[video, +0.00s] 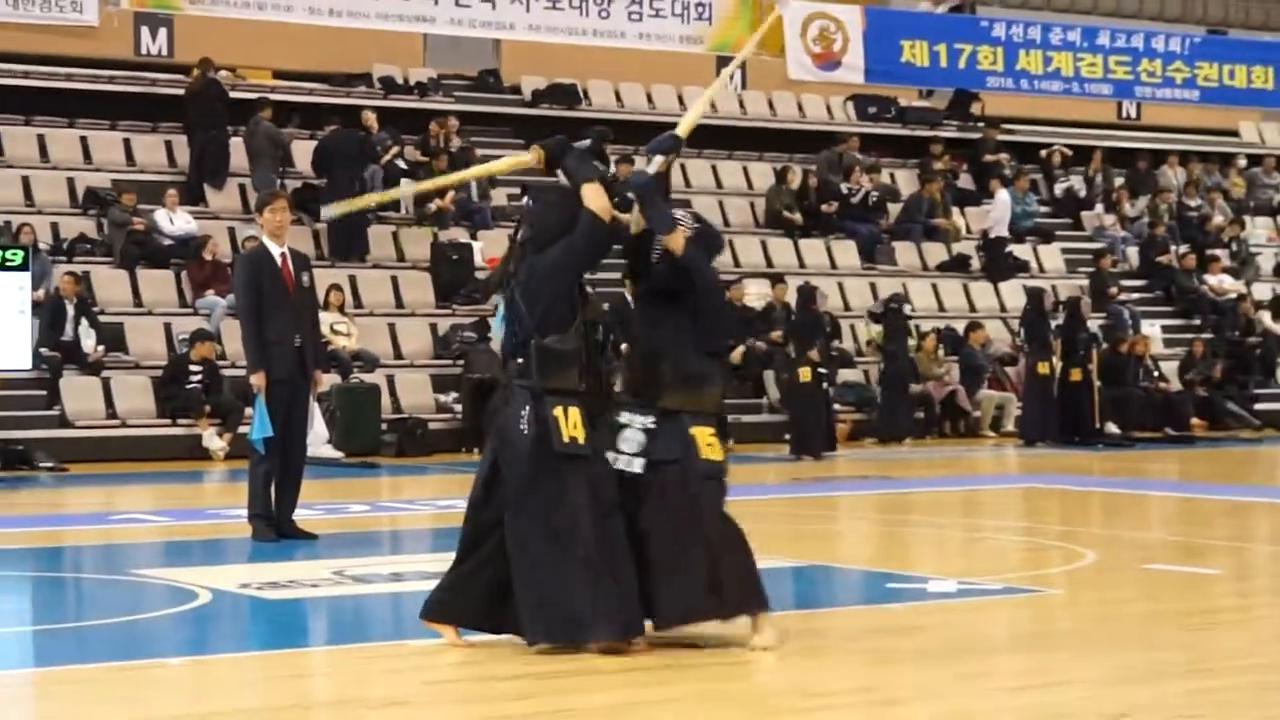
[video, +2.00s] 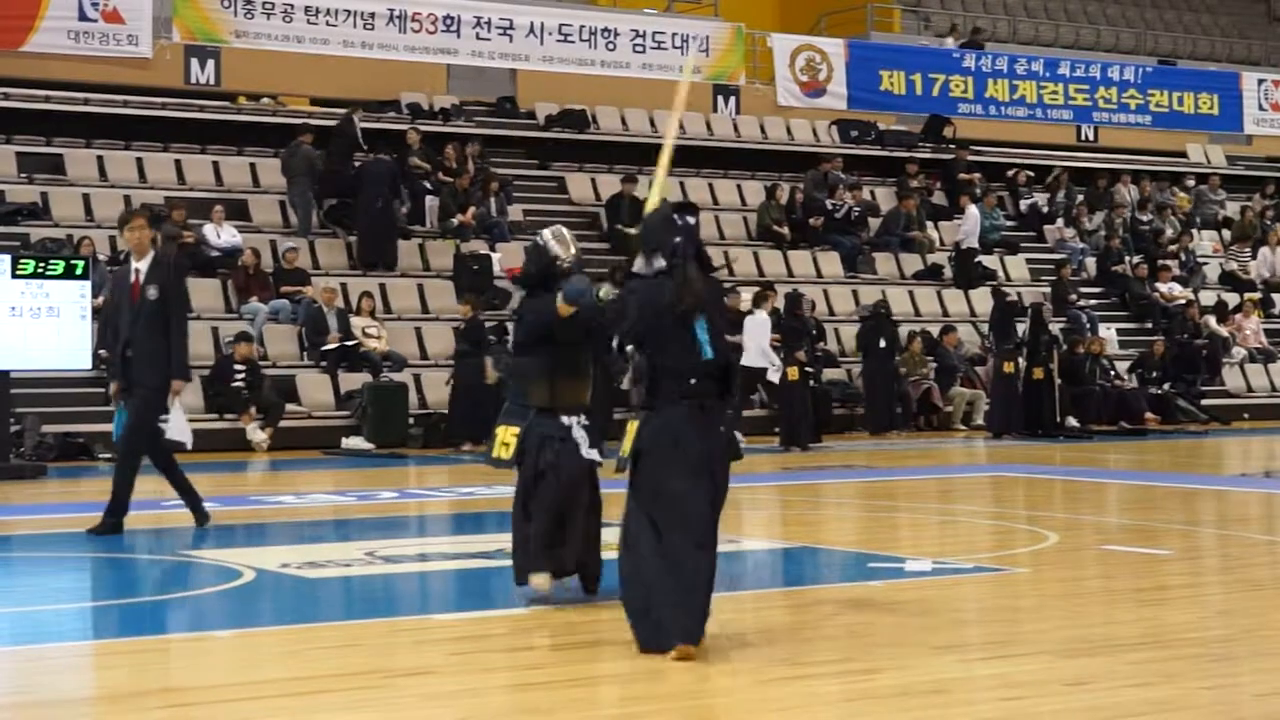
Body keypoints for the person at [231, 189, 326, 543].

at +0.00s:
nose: (279, 217)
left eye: (284, 211)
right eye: (272, 212)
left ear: (291, 216)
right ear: (260, 218)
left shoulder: (301, 260)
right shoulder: (249, 260)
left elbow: (311, 315)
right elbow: (247, 318)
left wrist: (316, 363)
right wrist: (255, 367)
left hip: (301, 363)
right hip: (269, 364)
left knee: (294, 445)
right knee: (266, 446)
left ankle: (285, 517)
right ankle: (260, 520)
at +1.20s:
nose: (242, 236)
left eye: (247, 230)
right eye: (236, 231)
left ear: (254, 234)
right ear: (227, 236)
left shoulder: (271, 272)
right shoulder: (216, 274)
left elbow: (280, 326)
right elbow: (209, 326)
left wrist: (283, 372)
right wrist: (210, 370)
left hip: (263, 369)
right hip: (228, 370)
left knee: (282, 440)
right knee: (219, 441)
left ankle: (309, 507)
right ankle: (209, 509)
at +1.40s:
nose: (212, 233)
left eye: (216, 228)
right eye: (207, 228)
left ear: (226, 232)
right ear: (198, 235)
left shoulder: (245, 269)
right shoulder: (187, 274)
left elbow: (255, 323)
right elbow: (181, 324)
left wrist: (258, 368)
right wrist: (183, 369)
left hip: (237, 367)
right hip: (200, 369)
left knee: (249, 440)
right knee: (199, 443)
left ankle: (261, 506)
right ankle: (206, 509)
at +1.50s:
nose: (201, 233)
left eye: (205, 227)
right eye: (195, 228)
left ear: (214, 231)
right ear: (186, 234)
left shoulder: (233, 267)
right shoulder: (178, 272)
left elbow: (244, 320)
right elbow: (172, 324)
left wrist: (246, 365)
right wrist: (174, 368)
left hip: (226, 364)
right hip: (191, 366)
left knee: (224, 435)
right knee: (194, 439)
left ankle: (227, 506)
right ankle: (204, 507)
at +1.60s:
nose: (188, 233)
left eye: (192, 227)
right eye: (183, 228)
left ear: (204, 230)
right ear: (176, 234)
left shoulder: (224, 267)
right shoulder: (170, 271)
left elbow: (234, 319)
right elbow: (165, 324)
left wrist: (235, 366)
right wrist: (167, 370)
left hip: (215, 363)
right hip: (182, 364)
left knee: (201, 431)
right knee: (187, 435)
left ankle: (192, 502)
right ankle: (204, 506)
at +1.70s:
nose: (178, 237)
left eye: (182, 231)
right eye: (171, 232)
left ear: (192, 234)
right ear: (164, 238)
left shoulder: (212, 270)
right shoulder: (160, 277)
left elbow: (223, 322)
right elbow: (155, 328)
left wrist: (224, 371)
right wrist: (158, 375)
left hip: (203, 368)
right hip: (170, 369)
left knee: (180, 433)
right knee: (182, 438)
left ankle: (156, 507)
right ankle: (205, 509)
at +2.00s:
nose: (136, 235)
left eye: (141, 229)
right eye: (130, 230)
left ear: (153, 233)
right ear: (122, 236)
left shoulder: (168, 268)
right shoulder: (119, 274)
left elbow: (178, 323)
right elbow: (113, 328)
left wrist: (179, 373)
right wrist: (114, 375)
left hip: (157, 370)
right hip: (129, 370)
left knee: (131, 440)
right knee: (153, 444)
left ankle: (114, 517)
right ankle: (195, 504)